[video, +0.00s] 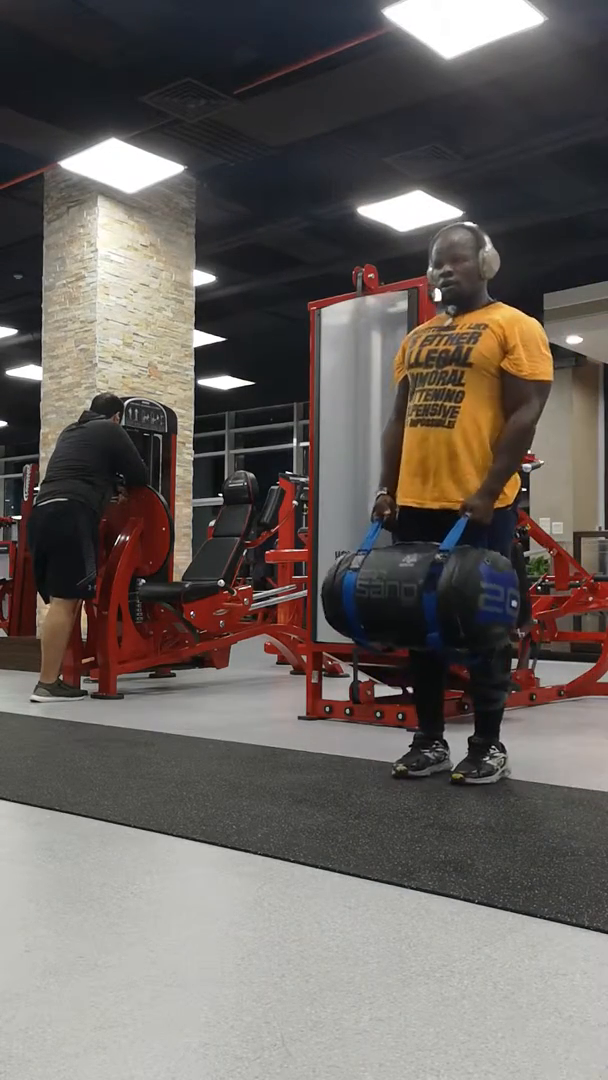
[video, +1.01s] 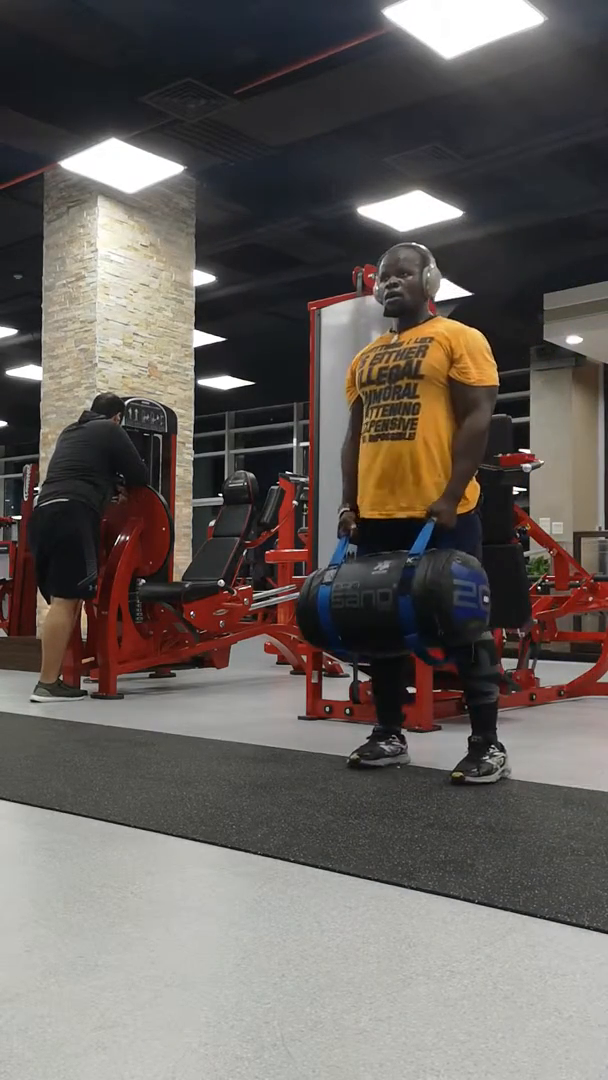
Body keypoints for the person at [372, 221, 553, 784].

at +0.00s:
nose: (441, 270)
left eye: (453, 260)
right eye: (436, 262)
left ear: (485, 264)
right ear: (432, 271)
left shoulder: (515, 326)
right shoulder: (416, 338)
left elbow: (525, 416)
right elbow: (398, 415)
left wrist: (488, 494)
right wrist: (387, 484)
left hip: (484, 505)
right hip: (417, 505)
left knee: (485, 620)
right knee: (419, 619)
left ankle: (486, 745)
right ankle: (429, 740)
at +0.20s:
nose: (443, 265)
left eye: (456, 256)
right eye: (438, 258)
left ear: (489, 263)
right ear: (432, 270)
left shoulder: (517, 327)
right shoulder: (416, 338)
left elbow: (530, 416)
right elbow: (401, 418)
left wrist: (495, 496)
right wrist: (391, 488)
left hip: (487, 509)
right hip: (419, 508)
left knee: (490, 623)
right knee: (423, 620)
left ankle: (488, 746)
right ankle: (430, 738)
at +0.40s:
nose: (427, 269)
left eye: (440, 260)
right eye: (423, 263)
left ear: (472, 266)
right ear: (417, 274)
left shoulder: (504, 330)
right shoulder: (403, 344)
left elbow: (522, 417)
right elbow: (391, 423)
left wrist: (498, 497)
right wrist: (385, 491)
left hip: (479, 512)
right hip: (412, 512)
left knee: (491, 622)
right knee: (405, 618)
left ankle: (488, 746)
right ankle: (401, 731)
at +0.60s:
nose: (400, 278)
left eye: (412, 268)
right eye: (394, 272)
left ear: (442, 275)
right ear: (388, 285)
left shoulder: (477, 334)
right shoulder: (377, 355)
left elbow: (499, 416)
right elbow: (367, 435)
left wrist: (476, 492)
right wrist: (365, 503)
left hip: (462, 512)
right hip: (393, 516)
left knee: (476, 619)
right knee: (387, 619)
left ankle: (485, 745)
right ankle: (388, 732)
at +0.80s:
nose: (384, 283)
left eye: (396, 273)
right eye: (380, 277)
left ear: (427, 280)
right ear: (377, 290)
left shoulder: (462, 337)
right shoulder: (363, 359)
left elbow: (481, 417)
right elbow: (354, 435)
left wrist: (459, 492)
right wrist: (350, 499)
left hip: (448, 511)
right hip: (379, 517)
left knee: (468, 620)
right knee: (379, 621)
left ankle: (485, 742)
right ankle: (388, 734)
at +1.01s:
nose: (387, 282)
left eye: (400, 273)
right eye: (383, 276)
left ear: (430, 282)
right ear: (378, 290)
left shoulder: (459, 338)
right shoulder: (365, 358)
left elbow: (477, 418)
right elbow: (354, 436)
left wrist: (452, 496)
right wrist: (349, 502)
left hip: (446, 513)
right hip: (377, 517)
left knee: (464, 620)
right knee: (377, 621)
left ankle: (485, 744)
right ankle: (387, 733)